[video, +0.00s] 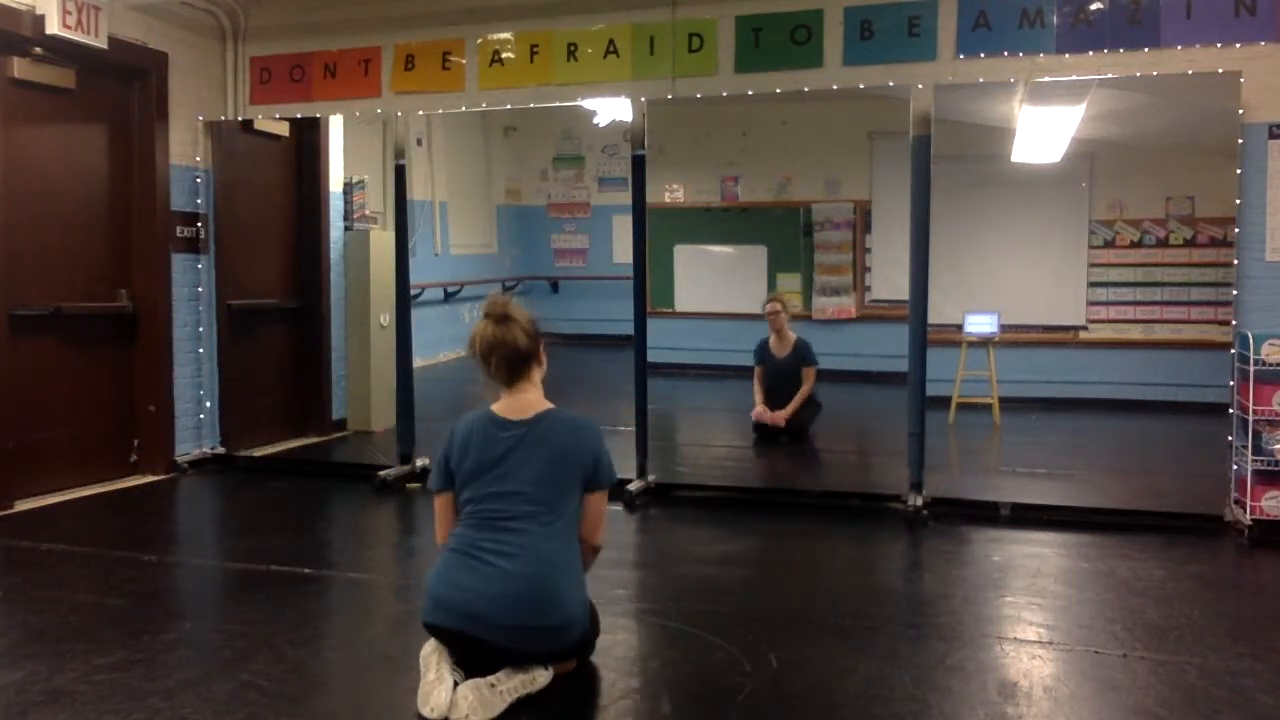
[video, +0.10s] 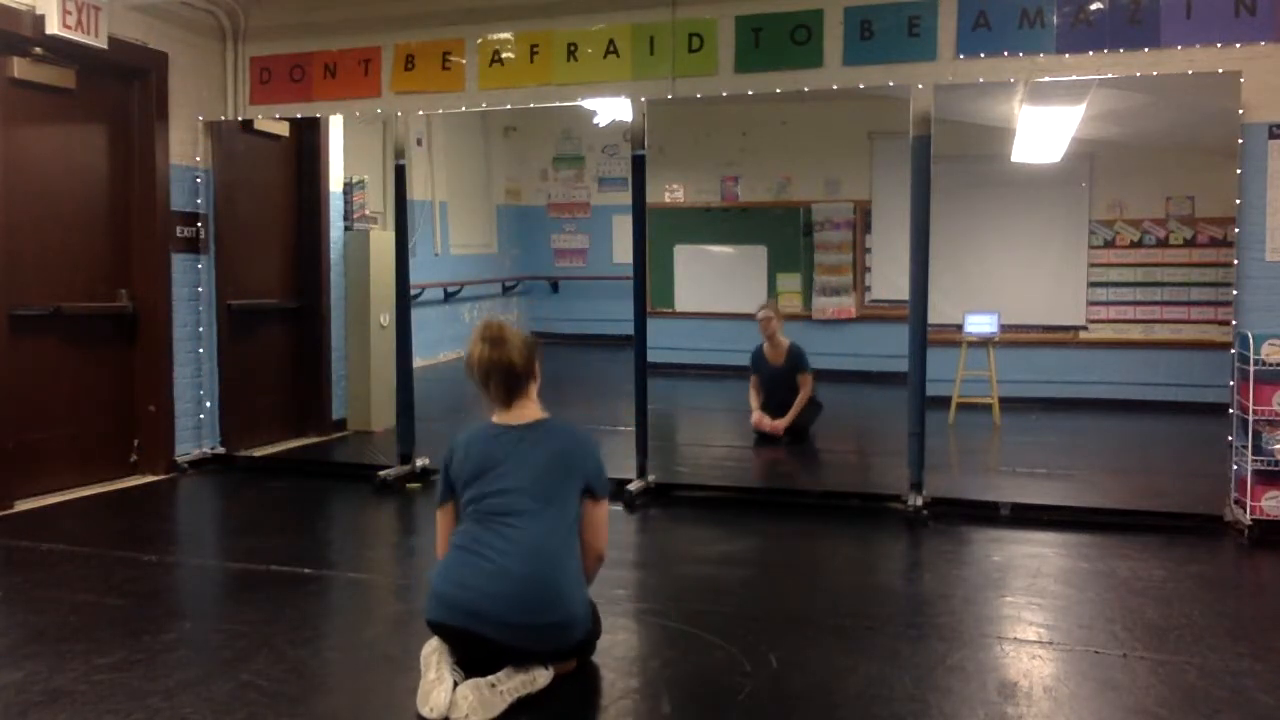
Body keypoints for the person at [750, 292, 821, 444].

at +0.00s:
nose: (773, 318)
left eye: (777, 313)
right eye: (769, 315)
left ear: (787, 315)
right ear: (765, 318)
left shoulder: (802, 347)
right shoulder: (762, 347)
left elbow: (808, 384)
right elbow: (757, 380)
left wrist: (786, 412)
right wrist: (759, 405)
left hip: (799, 401)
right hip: (772, 402)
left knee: (796, 430)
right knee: (761, 430)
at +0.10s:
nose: (764, 325)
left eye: (769, 320)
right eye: (761, 321)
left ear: (779, 321)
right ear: (758, 325)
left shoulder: (795, 353)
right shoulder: (758, 354)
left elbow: (806, 389)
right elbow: (754, 386)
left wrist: (785, 420)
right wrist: (756, 412)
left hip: (796, 404)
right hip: (770, 405)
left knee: (796, 434)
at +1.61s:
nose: (793, 341)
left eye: (798, 337)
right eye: (789, 335)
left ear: (802, 337)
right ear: (781, 331)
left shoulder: (805, 361)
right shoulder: (764, 354)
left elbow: (817, 387)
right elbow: (751, 383)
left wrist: (802, 403)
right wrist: (771, 405)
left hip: (795, 414)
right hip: (768, 412)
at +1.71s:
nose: (800, 350)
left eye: (805, 346)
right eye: (796, 345)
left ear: (809, 346)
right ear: (787, 340)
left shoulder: (807, 367)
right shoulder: (768, 359)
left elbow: (816, 401)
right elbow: (756, 392)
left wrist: (805, 419)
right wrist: (776, 419)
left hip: (797, 427)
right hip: (766, 425)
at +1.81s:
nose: (805, 364)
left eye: (809, 360)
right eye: (801, 358)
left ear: (814, 359)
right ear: (792, 352)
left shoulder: (808, 374)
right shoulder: (771, 366)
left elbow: (815, 410)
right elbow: (766, 404)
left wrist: (814, 434)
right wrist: (783, 435)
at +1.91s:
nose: (805, 372)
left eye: (810, 369)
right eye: (802, 366)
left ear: (814, 369)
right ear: (792, 359)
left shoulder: (809, 382)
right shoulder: (771, 369)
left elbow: (817, 413)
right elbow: (775, 404)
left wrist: (821, 437)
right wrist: (792, 435)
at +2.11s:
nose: (804, 381)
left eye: (809, 378)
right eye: (801, 376)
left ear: (813, 376)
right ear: (791, 366)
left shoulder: (808, 383)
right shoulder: (770, 371)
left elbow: (817, 405)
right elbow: (788, 401)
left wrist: (829, 428)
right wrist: (804, 426)